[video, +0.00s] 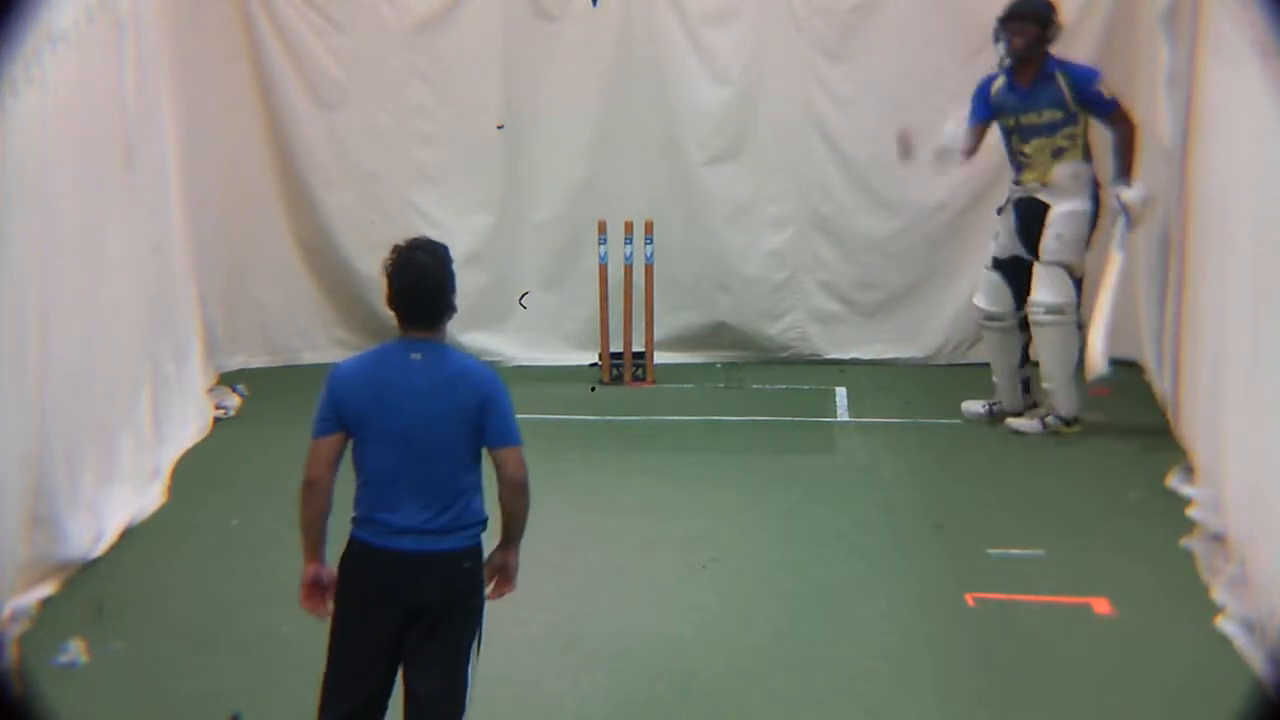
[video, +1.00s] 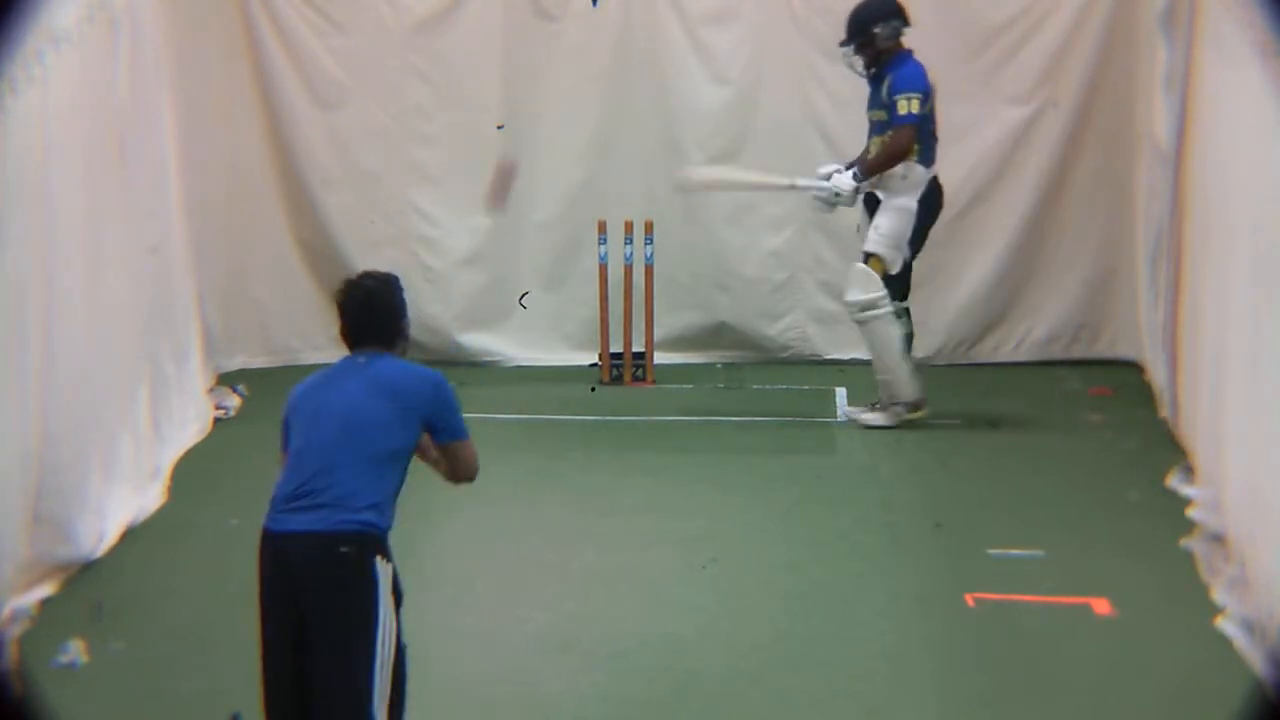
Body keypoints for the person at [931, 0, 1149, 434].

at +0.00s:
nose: (1017, 43)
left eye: (1027, 35)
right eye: (1011, 34)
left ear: (1045, 38)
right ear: (1001, 37)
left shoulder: (1074, 81)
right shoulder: (991, 91)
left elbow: (1123, 124)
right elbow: (967, 147)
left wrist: (1123, 184)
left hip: (1072, 198)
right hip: (1024, 198)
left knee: (1051, 298)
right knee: (996, 297)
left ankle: (1062, 411)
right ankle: (1012, 401)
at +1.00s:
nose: (856, 54)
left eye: (861, 45)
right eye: (855, 46)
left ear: (882, 37)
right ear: (880, 39)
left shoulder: (906, 75)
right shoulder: (884, 77)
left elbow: (903, 142)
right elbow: (879, 143)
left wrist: (853, 179)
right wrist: (846, 171)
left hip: (909, 192)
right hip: (887, 190)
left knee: (867, 290)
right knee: (886, 293)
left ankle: (902, 398)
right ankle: (897, 395)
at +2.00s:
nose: (696, 63)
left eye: (699, 55)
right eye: (693, 57)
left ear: (716, 48)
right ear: (710, 57)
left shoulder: (751, 75)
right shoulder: (714, 99)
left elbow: (696, 71)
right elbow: (704, 162)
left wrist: (650, 84)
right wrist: (664, 130)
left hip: (750, 204)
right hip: (719, 205)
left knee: (729, 300)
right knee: (682, 294)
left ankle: (792, 400)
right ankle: (688, 399)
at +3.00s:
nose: (700, 47)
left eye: (709, 40)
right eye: (692, 39)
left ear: (725, 40)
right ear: (683, 39)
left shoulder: (738, 83)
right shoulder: (678, 88)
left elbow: (752, 142)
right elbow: (670, 145)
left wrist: (699, 157)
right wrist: (659, 139)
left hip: (719, 200)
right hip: (679, 199)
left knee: (714, 296)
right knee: (671, 298)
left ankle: (749, 402)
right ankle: (686, 398)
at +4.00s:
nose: (652, 70)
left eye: (653, 61)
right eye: (647, 64)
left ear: (673, 48)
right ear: (662, 54)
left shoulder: (707, 69)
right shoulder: (672, 91)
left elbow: (720, 107)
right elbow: (676, 155)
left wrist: (672, 139)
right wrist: (649, 165)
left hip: (710, 195)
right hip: (678, 197)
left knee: (680, 287)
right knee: (670, 291)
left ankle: (734, 390)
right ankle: (688, 389)